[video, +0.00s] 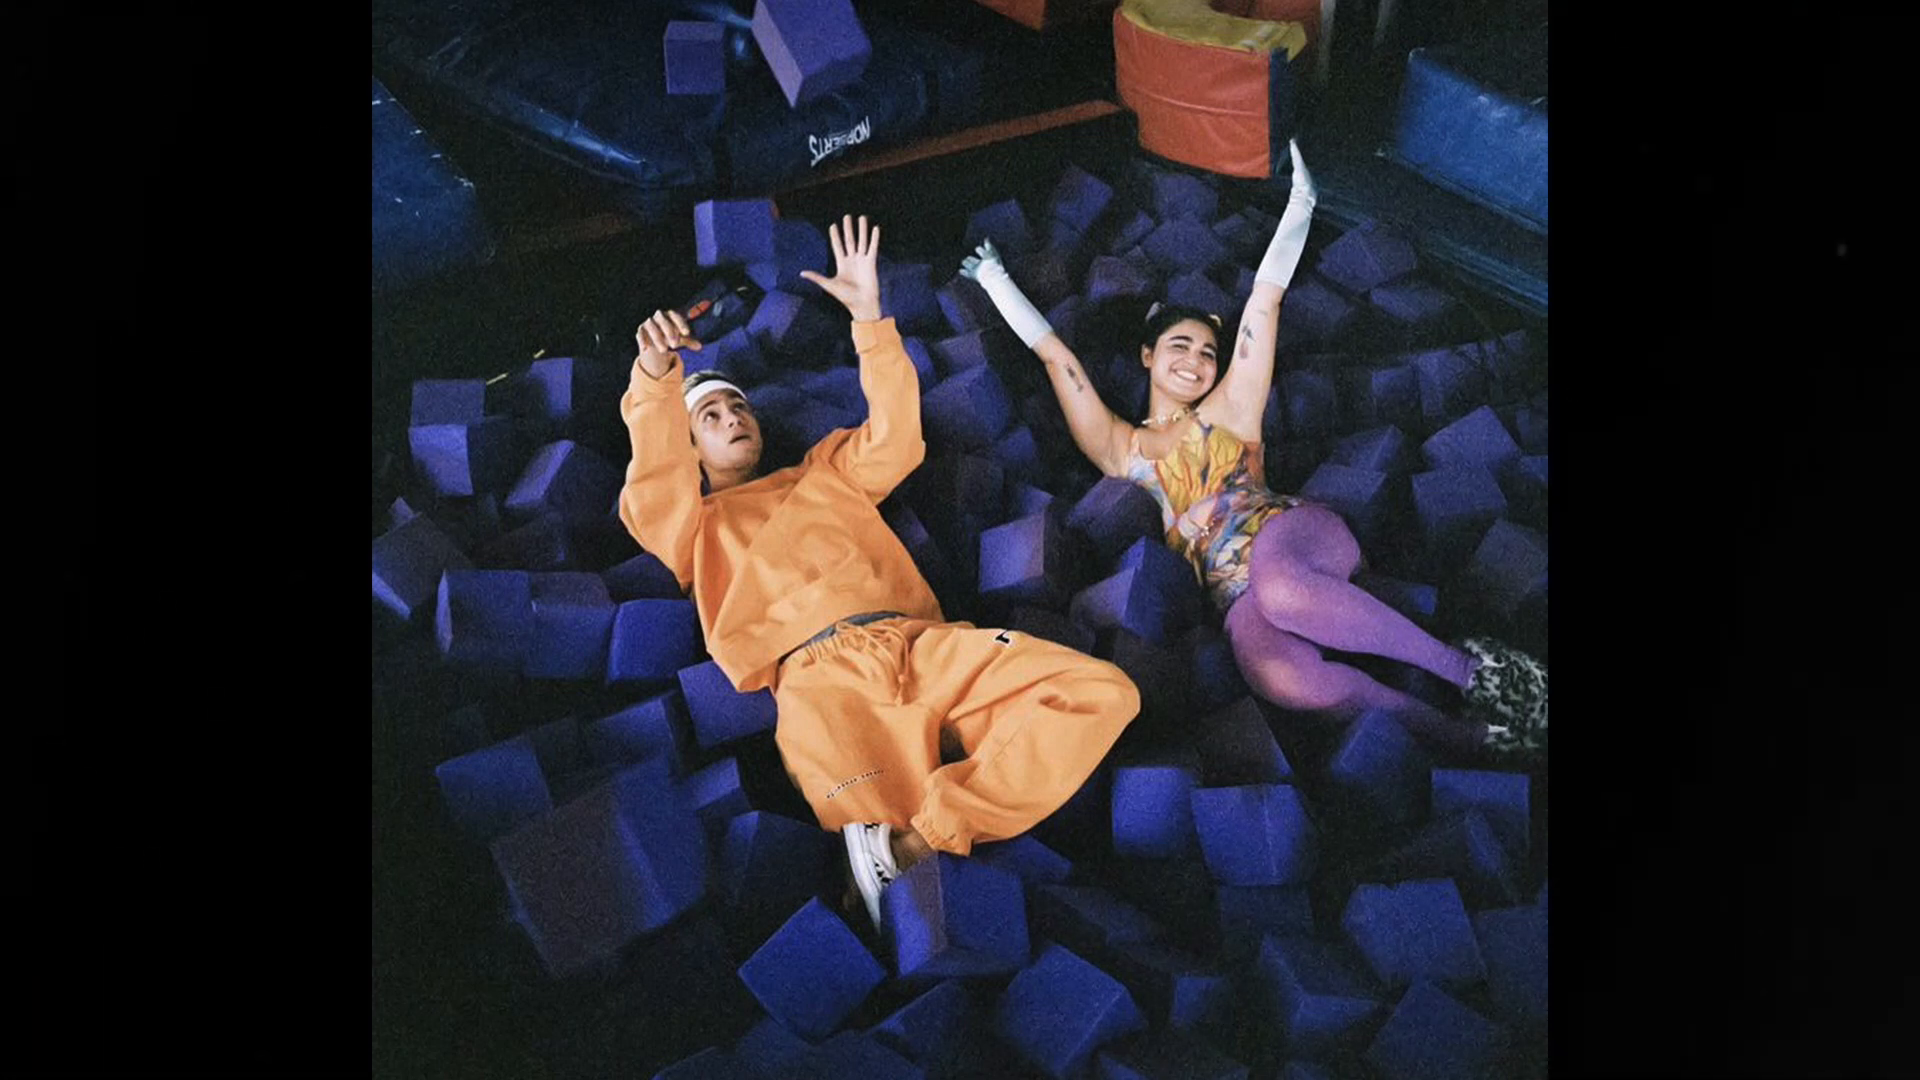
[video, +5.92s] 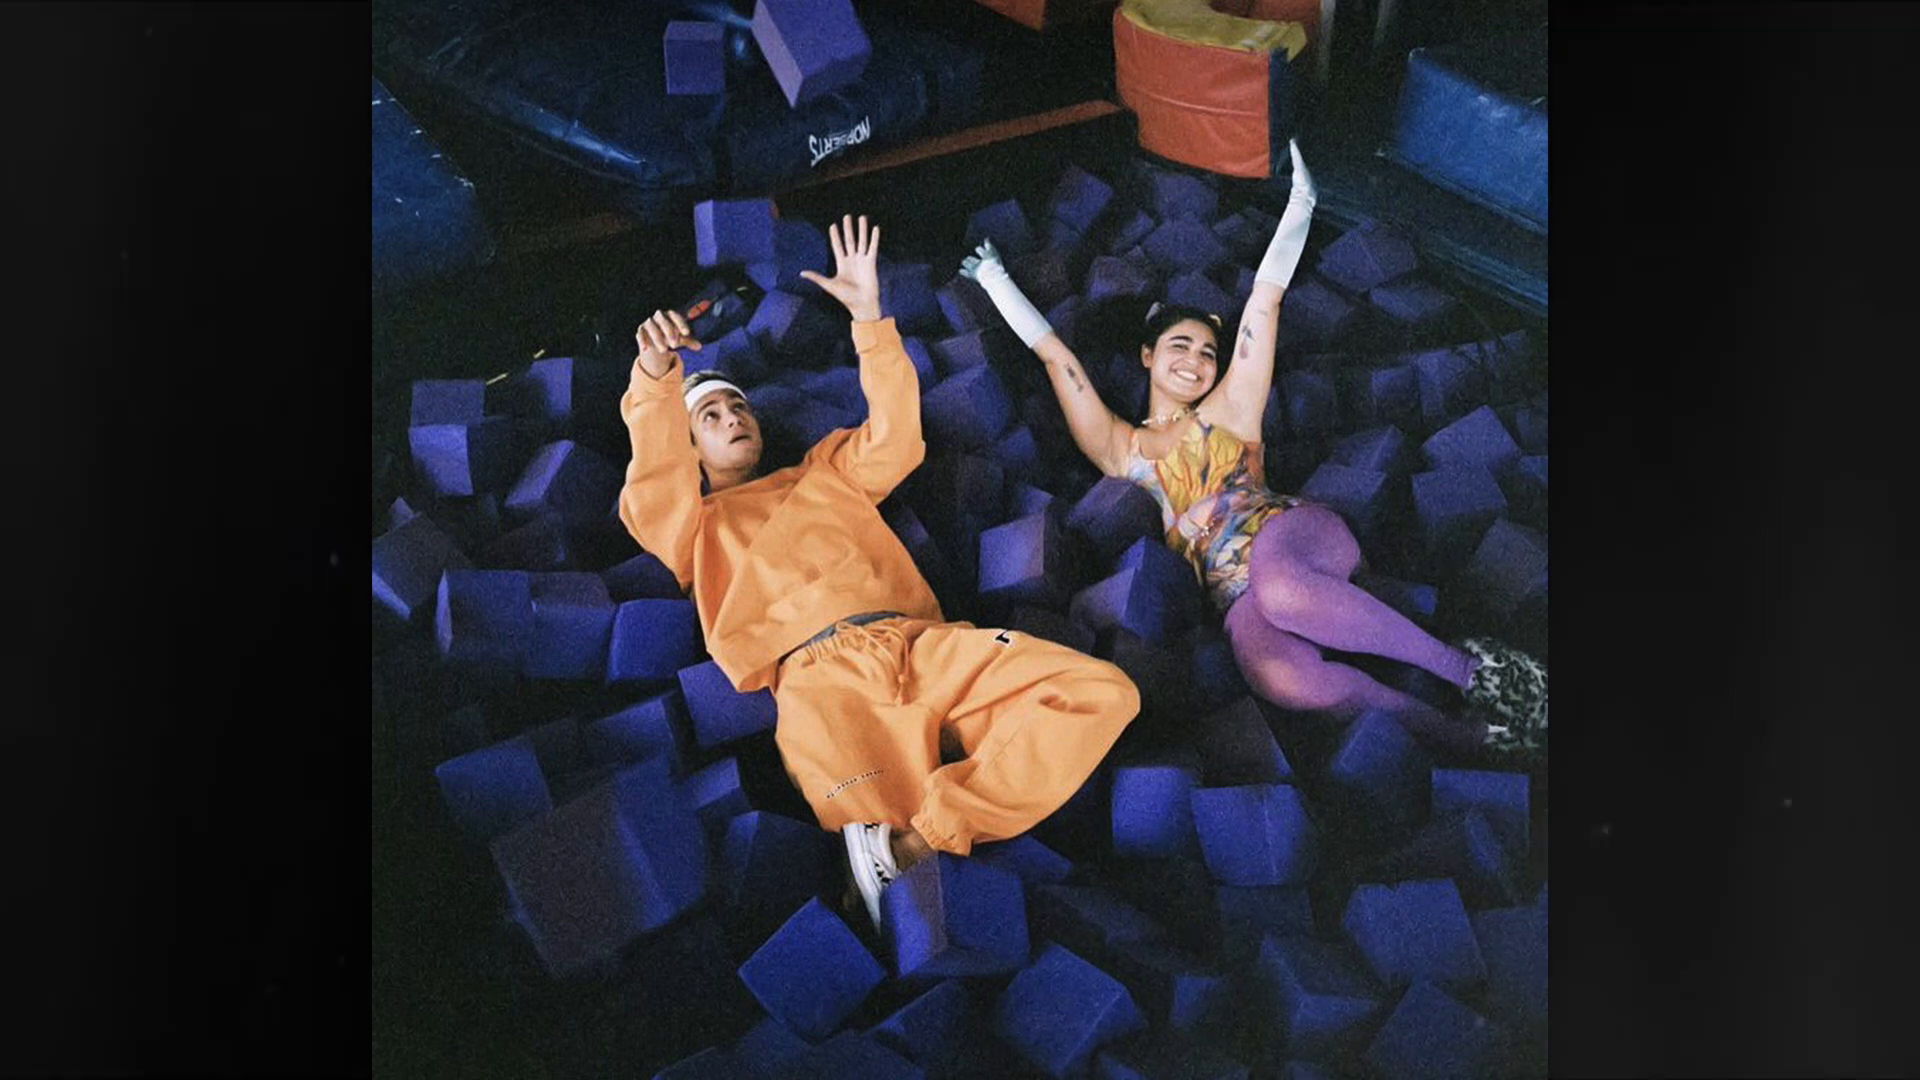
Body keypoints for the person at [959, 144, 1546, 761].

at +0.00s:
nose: (1191, 360)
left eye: (1205, 354)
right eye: (1176, 346)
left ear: (1216, 371)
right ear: (1145, 358)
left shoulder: (1230, 411)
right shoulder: (1122, 449)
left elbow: (1264, 305)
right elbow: (1058, 360)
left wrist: (1299, 208)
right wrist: (992, 278)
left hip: (1287, 530)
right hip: (1238, 596)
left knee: (1279, 593)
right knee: (1288, 681)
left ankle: (1472, 671)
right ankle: (1463, 735)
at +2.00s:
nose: (1191, 360)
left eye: (1205, 354)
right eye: (1176, 346)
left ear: (1216, 371)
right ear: (1145, 358)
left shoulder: (1230, 411)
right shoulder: (1122, 449)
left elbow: (1264, 305)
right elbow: (1058, 360)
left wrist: (1298, 209)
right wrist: (992, 278)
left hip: (1288, 530)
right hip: (1238, 596)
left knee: (1279, 592)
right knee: (1288, 681)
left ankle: (1472, 671)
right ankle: (1465, 736)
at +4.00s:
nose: (1191, 359)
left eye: (1205, 353)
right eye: (1177, 346)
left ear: (1217, 370)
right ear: (1145, 358)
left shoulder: (1230, 411)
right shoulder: (1123, 448)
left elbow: (1265, 304)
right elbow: (1057, 359)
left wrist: (1298, 209)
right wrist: (992, 278)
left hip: (1289, 531)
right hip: (1239, 598)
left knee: (1278, 592)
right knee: (1285, 679)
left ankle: (1471, 670)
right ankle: (1455, 728)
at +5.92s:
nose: (1191, 360)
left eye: (1205, 354)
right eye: (1177, 346)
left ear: (1217, 370)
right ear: (1145, 358)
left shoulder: (1230, 411)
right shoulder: (1124, 449)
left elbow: (1264, 304)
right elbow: (1057, 359)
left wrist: (1298, 209)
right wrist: (992, 278)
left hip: (1291, 533)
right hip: (1240, 599)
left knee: (1277, 592)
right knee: (1286, 680)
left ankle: (1471, 670)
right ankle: (1454, 728)